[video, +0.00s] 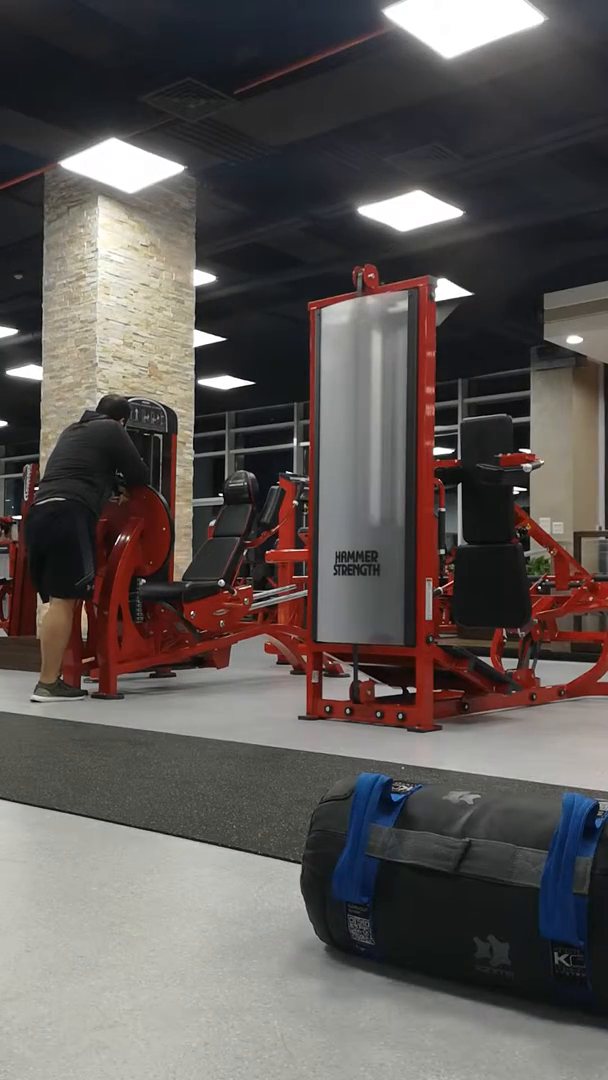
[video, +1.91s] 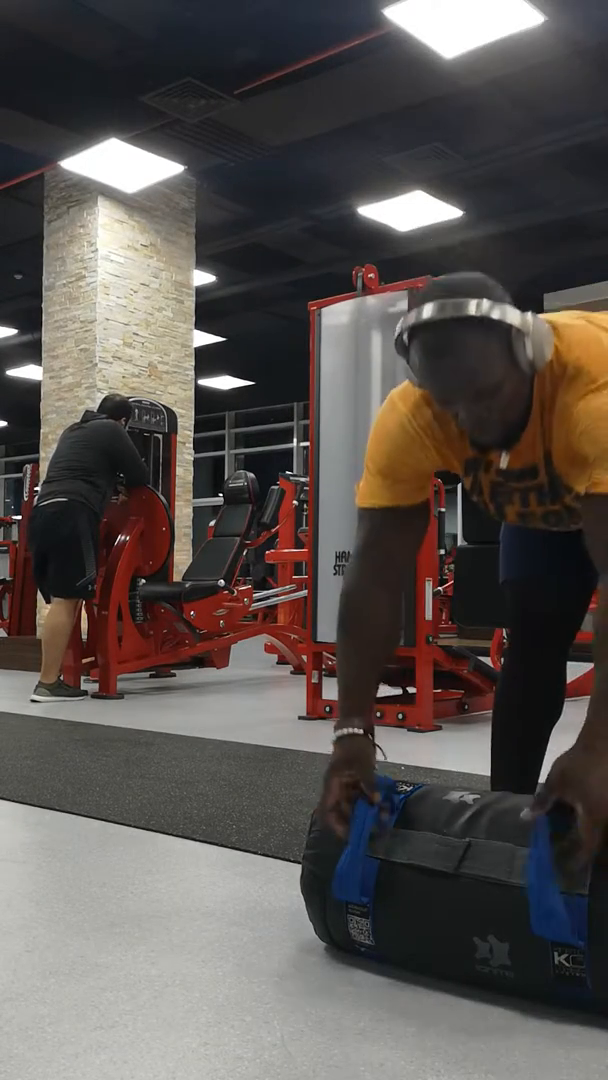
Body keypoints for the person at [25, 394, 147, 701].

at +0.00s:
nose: (125, 427)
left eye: (124, 423)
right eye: (126, 423)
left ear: (98, 413)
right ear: (121, 420)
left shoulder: (71, 430)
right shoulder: (113, 430)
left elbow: (78, 468)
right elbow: (140, 478)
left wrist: (111, 487)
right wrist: (118, 479)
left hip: (39, 512)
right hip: (66, 511)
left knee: (57, 600)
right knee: (61, 601)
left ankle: (50, 679)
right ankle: (48, 682)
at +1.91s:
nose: (126, 427)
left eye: (126, 423)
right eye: (127, 423)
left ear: (99, 414)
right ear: (122, 419)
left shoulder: (71, 431)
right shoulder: (113, 431)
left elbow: (76, 470)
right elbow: (141, 478)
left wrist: (110, 485)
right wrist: (115, 475)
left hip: (43, 512)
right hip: (69, 511)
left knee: (61, 600)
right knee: (64, 601)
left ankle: (51, 678)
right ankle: (48, 682)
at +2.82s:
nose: (126, 426)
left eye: (126, 423)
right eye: (127, 422)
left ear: (99, 413)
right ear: (121, 419)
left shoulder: (71, 431)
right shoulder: (113, 430)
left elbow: (74, 471)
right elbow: (141, 478)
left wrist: (109, 486)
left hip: (44, 511)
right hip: (70, 510)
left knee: (70, 601)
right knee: (62, 601)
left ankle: (54, 678)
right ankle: (47, 682)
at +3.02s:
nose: (125, 428)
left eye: (125, 424)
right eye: (126, 424)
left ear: (98, 414)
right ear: (121, 420)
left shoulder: (71, 430)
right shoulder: (112, 430)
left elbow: (75, 471)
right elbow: (141, 478)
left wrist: (111, 487)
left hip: (44, 511)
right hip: (70, 510)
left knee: (66, 601)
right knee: (65, 601)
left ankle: (52, 678)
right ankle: (48, 682)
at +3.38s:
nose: (125, 428)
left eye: (125, 424)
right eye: (126, 424)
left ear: (98, 414)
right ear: (121, 420)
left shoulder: (71, 430)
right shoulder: (112, 430)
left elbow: (75, 471)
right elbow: (141, 478)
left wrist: (111, 487)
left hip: (44, 511)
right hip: (70, 510)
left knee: (66, 601)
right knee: (64, 601)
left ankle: (53, 678)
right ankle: (48, 682)